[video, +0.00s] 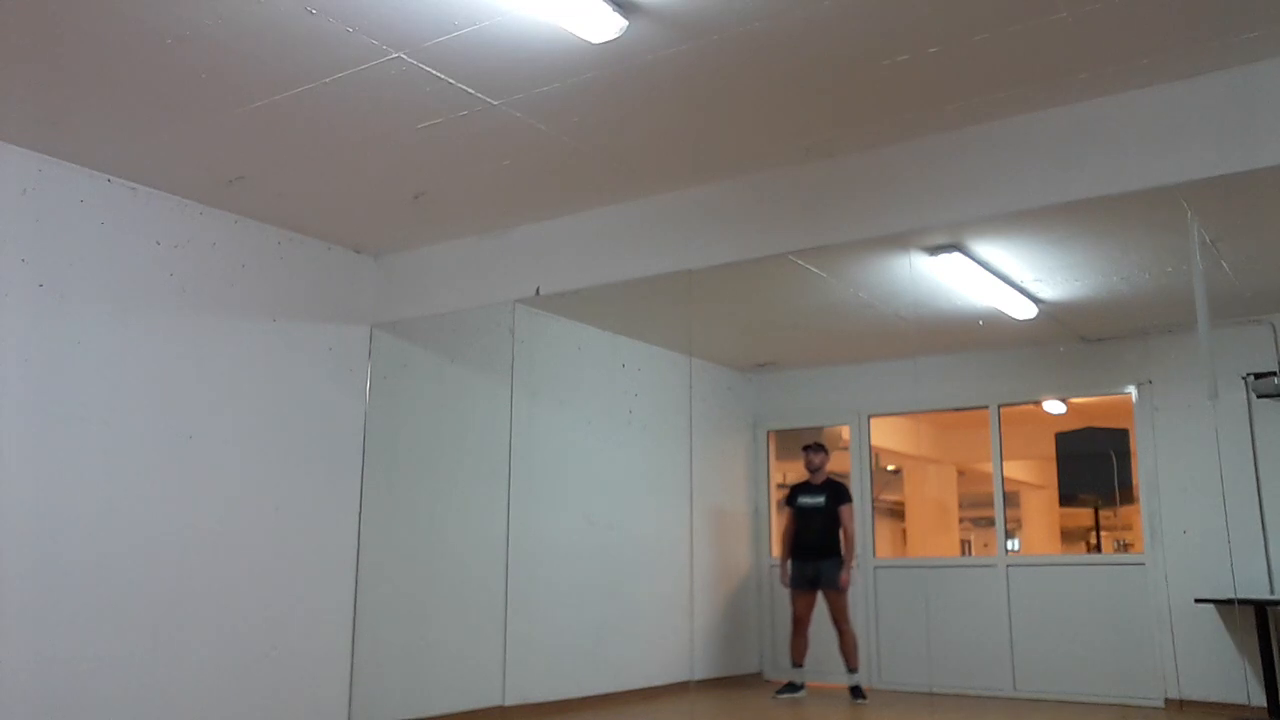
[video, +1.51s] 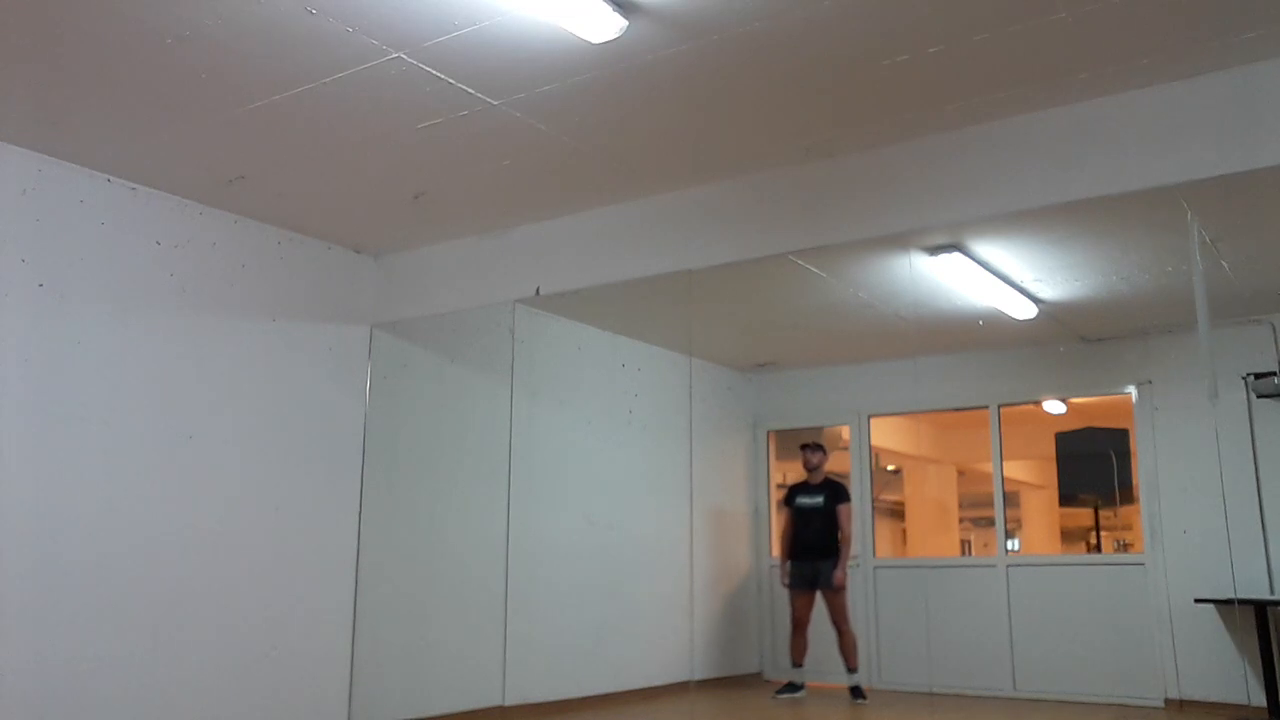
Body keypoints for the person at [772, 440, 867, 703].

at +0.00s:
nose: (812, 460)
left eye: (817, 455)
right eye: (809, 456)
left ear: (827, 459)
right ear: (804, 460)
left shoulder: (838, 490)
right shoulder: (796, 491)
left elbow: (848, 529)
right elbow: (789, 528)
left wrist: (847, 566)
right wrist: (784, 563)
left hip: (831, 564)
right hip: (802, 565)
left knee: (842, 623)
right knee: (799, 622)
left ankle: (854, 682)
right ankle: (797, 680)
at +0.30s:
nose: (812, 459)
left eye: (817, 455)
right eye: (808, 455)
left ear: (826, 459)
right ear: (804, 460)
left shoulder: (838, 490)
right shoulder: (795, 490)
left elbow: (847, 529)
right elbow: (787, 526)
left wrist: (845, 567)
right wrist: (783, 561)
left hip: (829, 563)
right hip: (801, 564)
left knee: (841, 623)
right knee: (798, 622)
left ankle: (854, 681)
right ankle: (796, 680)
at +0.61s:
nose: (812, 459)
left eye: (817, 454)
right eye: (808, 455)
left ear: (826, 459)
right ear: (803, 459)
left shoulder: (837, 489)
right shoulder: (794, 490)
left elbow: (846, 530)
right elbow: (786, 527)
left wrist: (844, 566)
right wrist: (782, 561)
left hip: (829, 563)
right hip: (801, 564)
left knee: (841, 623)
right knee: (798, 622)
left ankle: (854, 682)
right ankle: (796, 680)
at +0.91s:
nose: (811, 459)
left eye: (816, 454)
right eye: (807, 454)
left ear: (825, 459)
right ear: (803, 460)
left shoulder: (837, 490)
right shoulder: (794, 492)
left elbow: (846, 531)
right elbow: (787, 528)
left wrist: (843, 567)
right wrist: (783, 562)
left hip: (829, 563)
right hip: (800, 564)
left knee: (841, 623)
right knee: (798, 623)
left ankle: (854, 681)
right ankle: (796, 680)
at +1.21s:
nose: (811, 458)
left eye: (816, 454)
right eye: (807, 454)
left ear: (825, 458)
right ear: (802, 459)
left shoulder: (837, 490)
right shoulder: (794, 492)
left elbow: (846, 532)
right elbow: (788, 529)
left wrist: (842, 567)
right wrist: (784, 563)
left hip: (829, 564)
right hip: (800, 564)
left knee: (841, 623)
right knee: (798, 623)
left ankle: (854, 681)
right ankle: (796, 680)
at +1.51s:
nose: (810, 458)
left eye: (816, 454)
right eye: (807, 454)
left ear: (825, 458)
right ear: (802, 459)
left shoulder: (837, 490)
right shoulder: (794, 492)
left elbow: (845, 531)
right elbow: (787, 529)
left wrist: (842, 566)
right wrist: (784, 563)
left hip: (829, 563)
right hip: (800, 564)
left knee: (841, 623)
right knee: (798, 623)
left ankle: (854, 682)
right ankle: (796, 680)